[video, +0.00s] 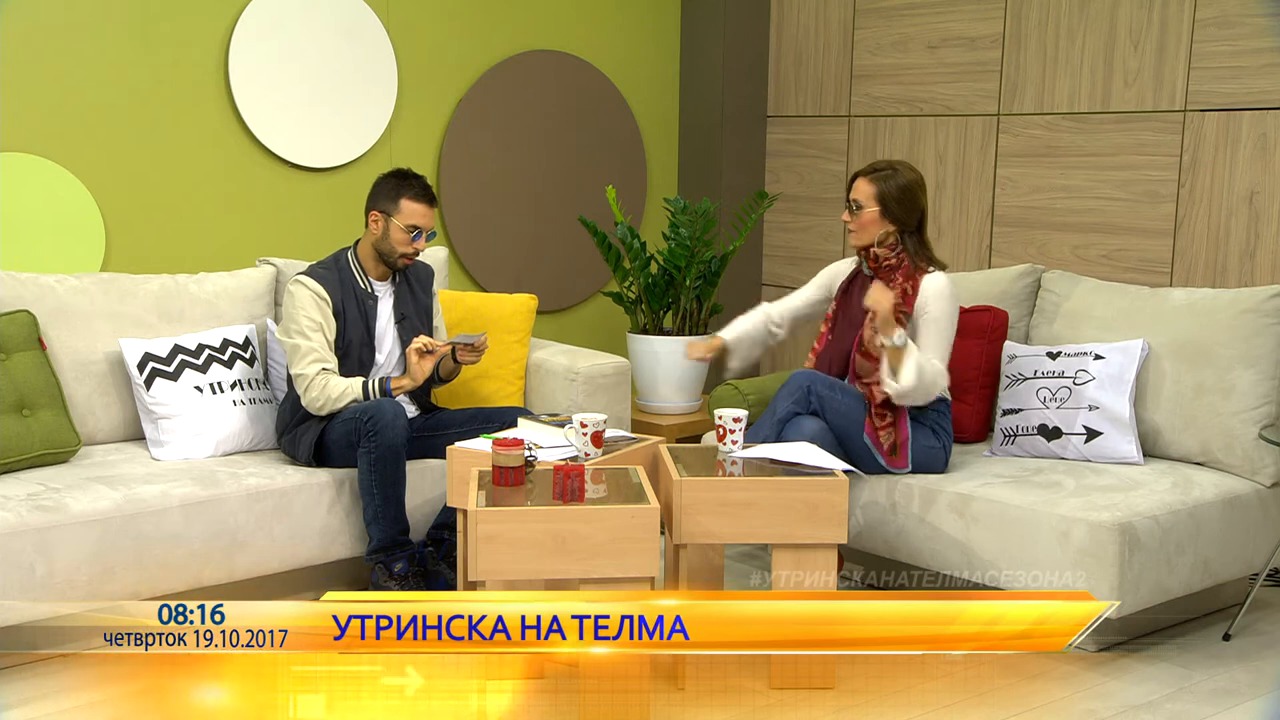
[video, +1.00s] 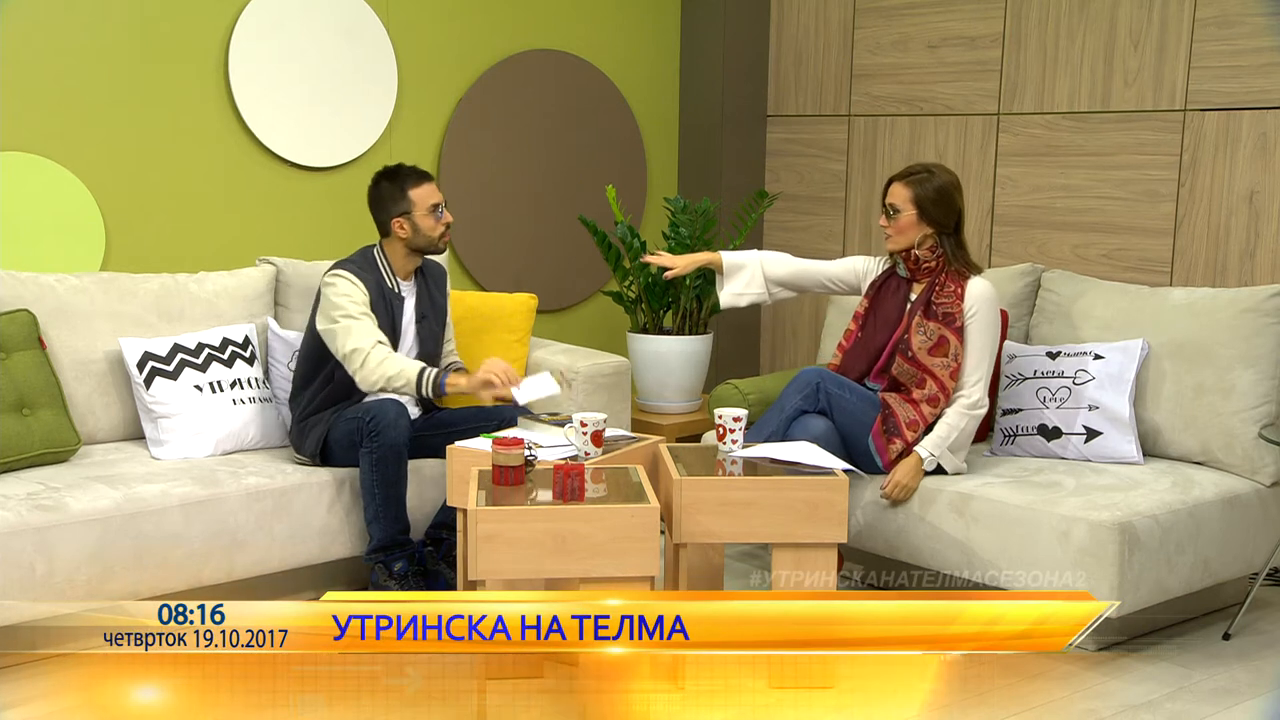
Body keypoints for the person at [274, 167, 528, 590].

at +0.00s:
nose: (421, 246)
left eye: (427, 235)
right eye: (412, 232)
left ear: (432, 232)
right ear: (375, 221)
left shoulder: (419, 278)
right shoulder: (312, 289)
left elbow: (430, 374)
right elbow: (318, 391)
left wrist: (454, 359)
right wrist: (401, 381)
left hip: (405, 422)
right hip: (322, 429)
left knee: (515, 422)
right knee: (387, 414)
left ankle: (440, 550)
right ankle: (392, 563)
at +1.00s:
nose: (449, 220)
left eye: (444, 208)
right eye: (436, 212)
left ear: (405, 228)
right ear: (400, 227)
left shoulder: (434, 275)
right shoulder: (344, 282)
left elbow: (445, 357)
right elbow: (372, 365)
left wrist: (473, 384)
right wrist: (462, 382)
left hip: (405, 421)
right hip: (327, 425)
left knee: (502, 418)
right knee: (388, 412)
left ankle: (440, 548)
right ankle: (392, 561)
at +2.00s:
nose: (418, 216)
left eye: (427, 205)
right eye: (404, 206)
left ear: (435, 214)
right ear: (379, 218)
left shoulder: (439, 275)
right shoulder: (346, 279)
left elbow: (444, 356)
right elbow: (341, 373)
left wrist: (475, 392)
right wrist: (420, 357)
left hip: (412, 422)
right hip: (333, 425)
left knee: (510, 420)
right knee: (395, 415)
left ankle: (440, 549)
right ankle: (392, 562)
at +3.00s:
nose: (390, 218)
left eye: (401, 208)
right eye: (377, 207)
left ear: (414, 215)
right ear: (355, 214)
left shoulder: (437, 275)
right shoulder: (324, 263)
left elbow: (492, 328)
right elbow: (286, 219)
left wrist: (567, 348)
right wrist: (249, 150)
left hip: (415, 420)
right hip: (335, 426)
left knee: (513, 423)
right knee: (391, 414)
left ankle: (442, 554)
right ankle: (392, 564)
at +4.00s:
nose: (397, 223)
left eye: (402, 209)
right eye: (380, 215)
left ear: (411, 209)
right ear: (355, 223)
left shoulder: (441, 267)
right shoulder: (338, 275)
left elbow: (520, 294)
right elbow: (321, 361)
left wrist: (630, 294)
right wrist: (326, 286)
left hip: (417, 421)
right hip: (332, 424)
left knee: (519, 428)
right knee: (389, 411)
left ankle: (440, 549)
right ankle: (390, 560)